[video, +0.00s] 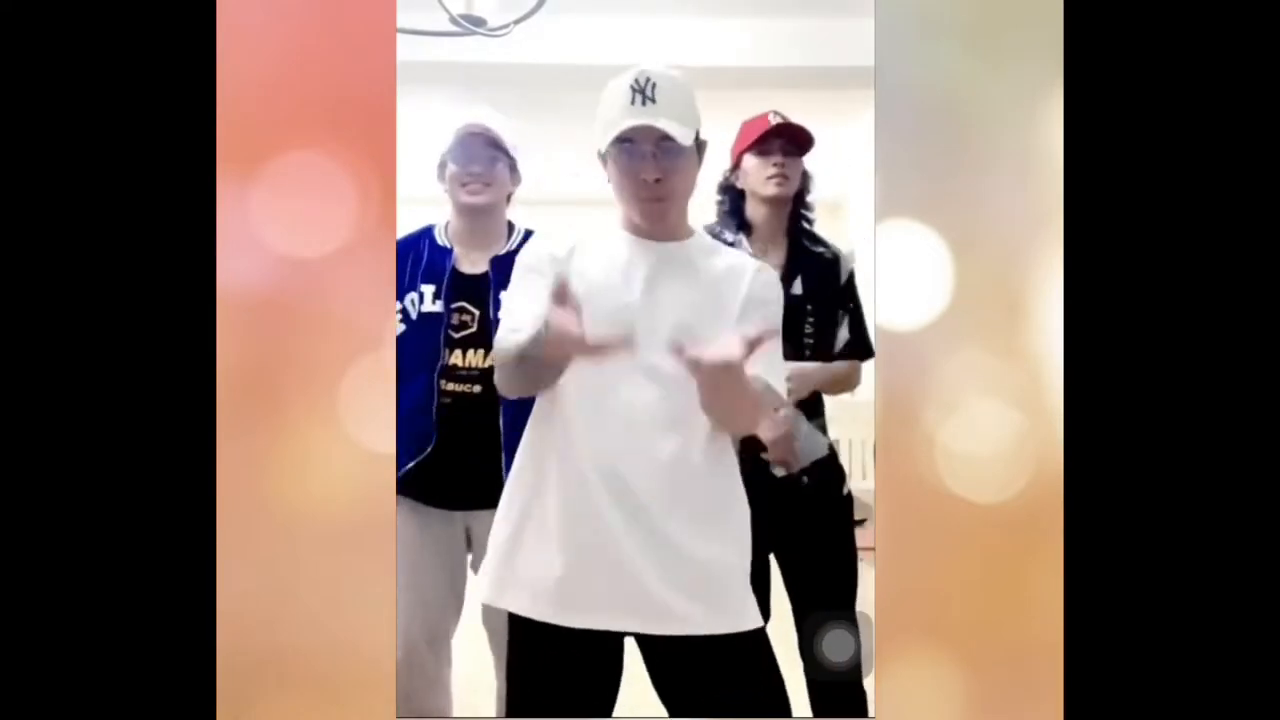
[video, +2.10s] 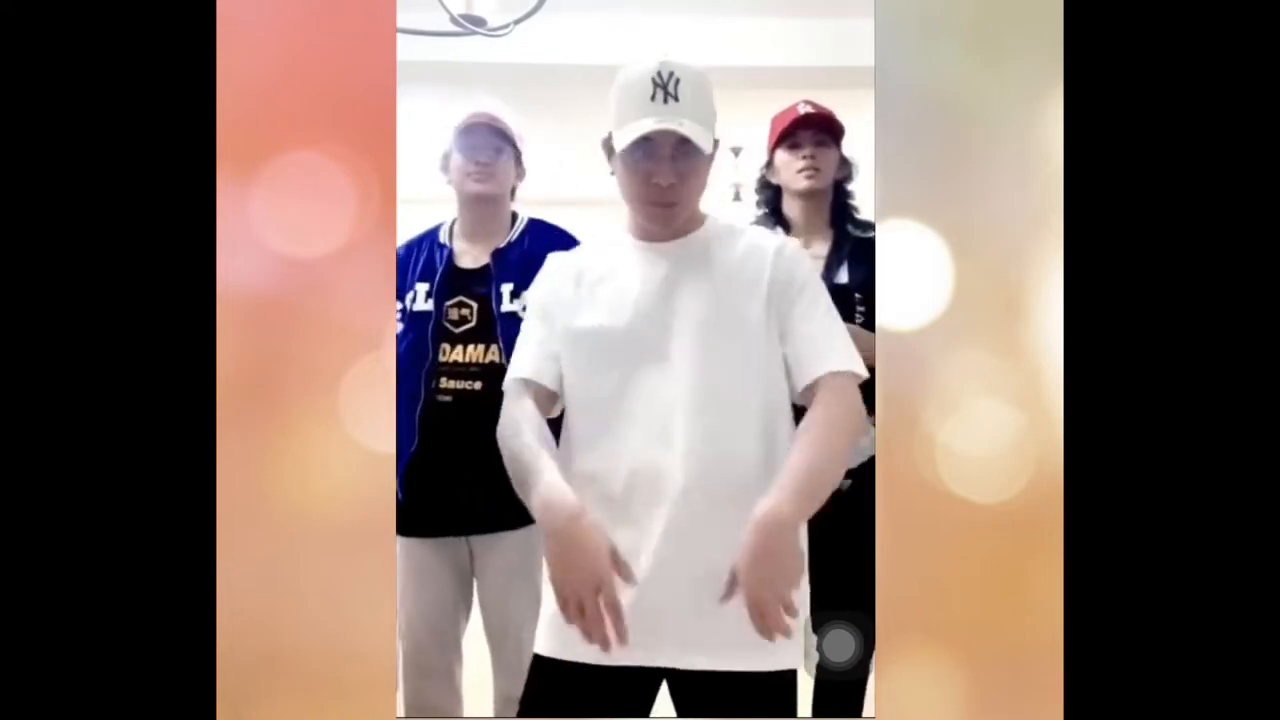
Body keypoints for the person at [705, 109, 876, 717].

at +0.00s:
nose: (781, 164)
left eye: (791, 155)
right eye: (766, 153)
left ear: (802, 172)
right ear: (737, 170)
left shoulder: (826, 262)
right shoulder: (704, 255)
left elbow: (850, 370)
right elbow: (687, 354)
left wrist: (811, 374)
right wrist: (753, 400)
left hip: (809, 466)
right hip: (725, 466)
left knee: (831, 644)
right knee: (733, 633)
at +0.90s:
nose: (796, 160)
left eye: (808, 149)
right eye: (783, 149)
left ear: (830, 160)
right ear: (758, 166)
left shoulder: (864, 245)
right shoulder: (741, 245)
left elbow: (897, 344)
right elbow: (744, 351)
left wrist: (798, 341)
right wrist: (844, 359)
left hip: (848, 473)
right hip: (761, 469)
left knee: (846, 635)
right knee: (763, 628)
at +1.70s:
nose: (794, 160)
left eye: (807, 149)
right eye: (780, 148)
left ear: (826, 165)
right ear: (757, 162)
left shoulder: (857, 255)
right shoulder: (731, 254)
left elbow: (898, 370)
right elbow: (707, 360)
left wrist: (866, 338)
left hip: (835, 482)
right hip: (745, 479)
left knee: (838, 653)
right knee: (740, 653)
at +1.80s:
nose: (797, 155)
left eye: (810, 144)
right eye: (783, 145)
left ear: (829, 161)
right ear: (761, 161)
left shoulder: (863, 252)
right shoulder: (738, 254)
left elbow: (888, 361)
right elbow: (715, 362)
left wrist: (837, 337)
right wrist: (755, 437)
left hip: (840, 479)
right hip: (750, 476)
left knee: (838, 648)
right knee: (743, 643)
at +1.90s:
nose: (800, 160)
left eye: (814, 150)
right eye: (786, 150)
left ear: (834, 167)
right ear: (763, 168)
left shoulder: (868, 255)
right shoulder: (737, 251)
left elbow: (891, 359)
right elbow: (720, 371)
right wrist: (763, 438)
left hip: (844, 479)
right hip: (753, 474)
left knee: (841, 646)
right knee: (747, 641)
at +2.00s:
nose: (805, 159)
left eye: (818, 149)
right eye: (791, 149)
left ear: (838, 165)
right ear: (769, 166)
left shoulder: (873, 250)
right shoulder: (742, 253)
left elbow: (898, 350)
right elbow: (724, 355)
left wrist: (856, 416)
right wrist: (773, 424)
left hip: (852, 468)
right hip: (764, 463)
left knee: (846, 634)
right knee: (754, 627)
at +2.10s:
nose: (809, 157)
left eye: (822, 146)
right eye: (794, 146)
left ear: (840, 164)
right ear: (771, 165)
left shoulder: (875, 248)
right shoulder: (743, 251)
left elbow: (897, 358)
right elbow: (723, 348)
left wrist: (818, 321)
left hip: (852, 464)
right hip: (762, 457)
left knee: (845, 632)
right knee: (754, 624)